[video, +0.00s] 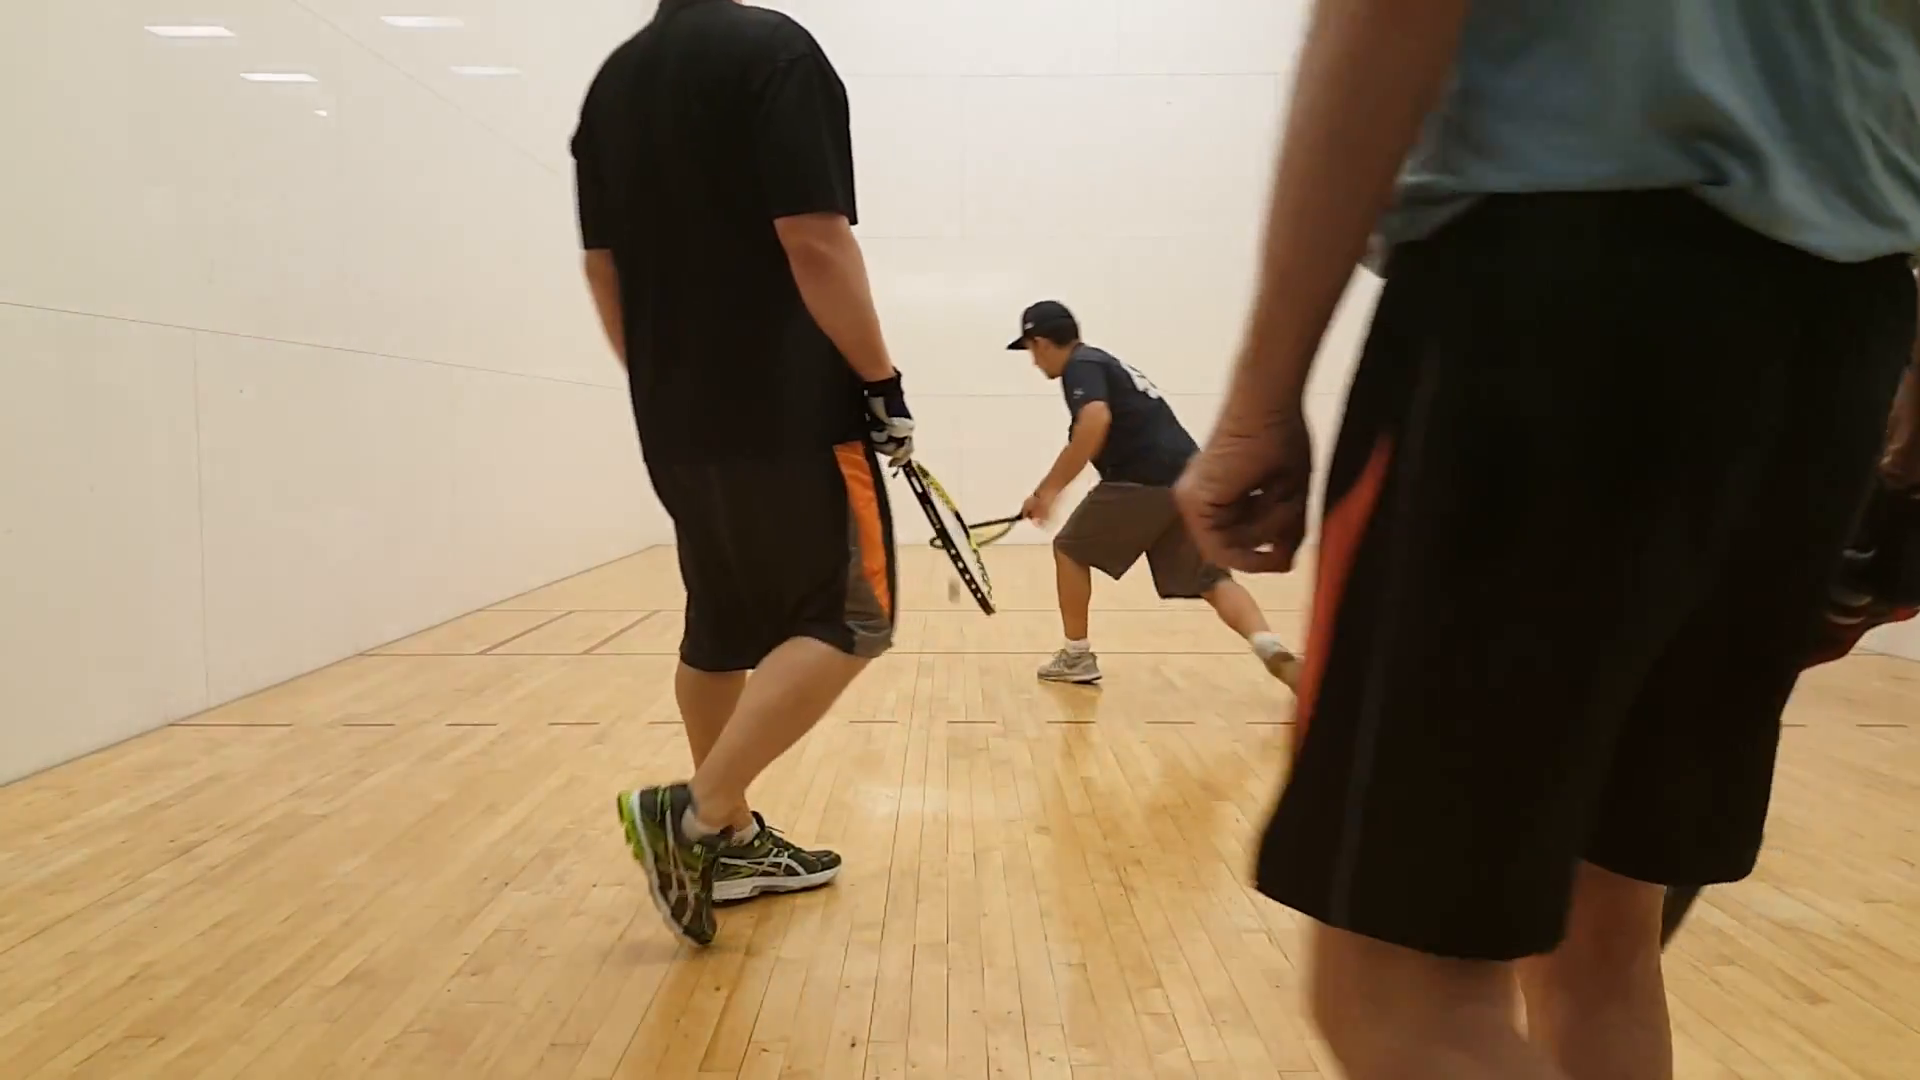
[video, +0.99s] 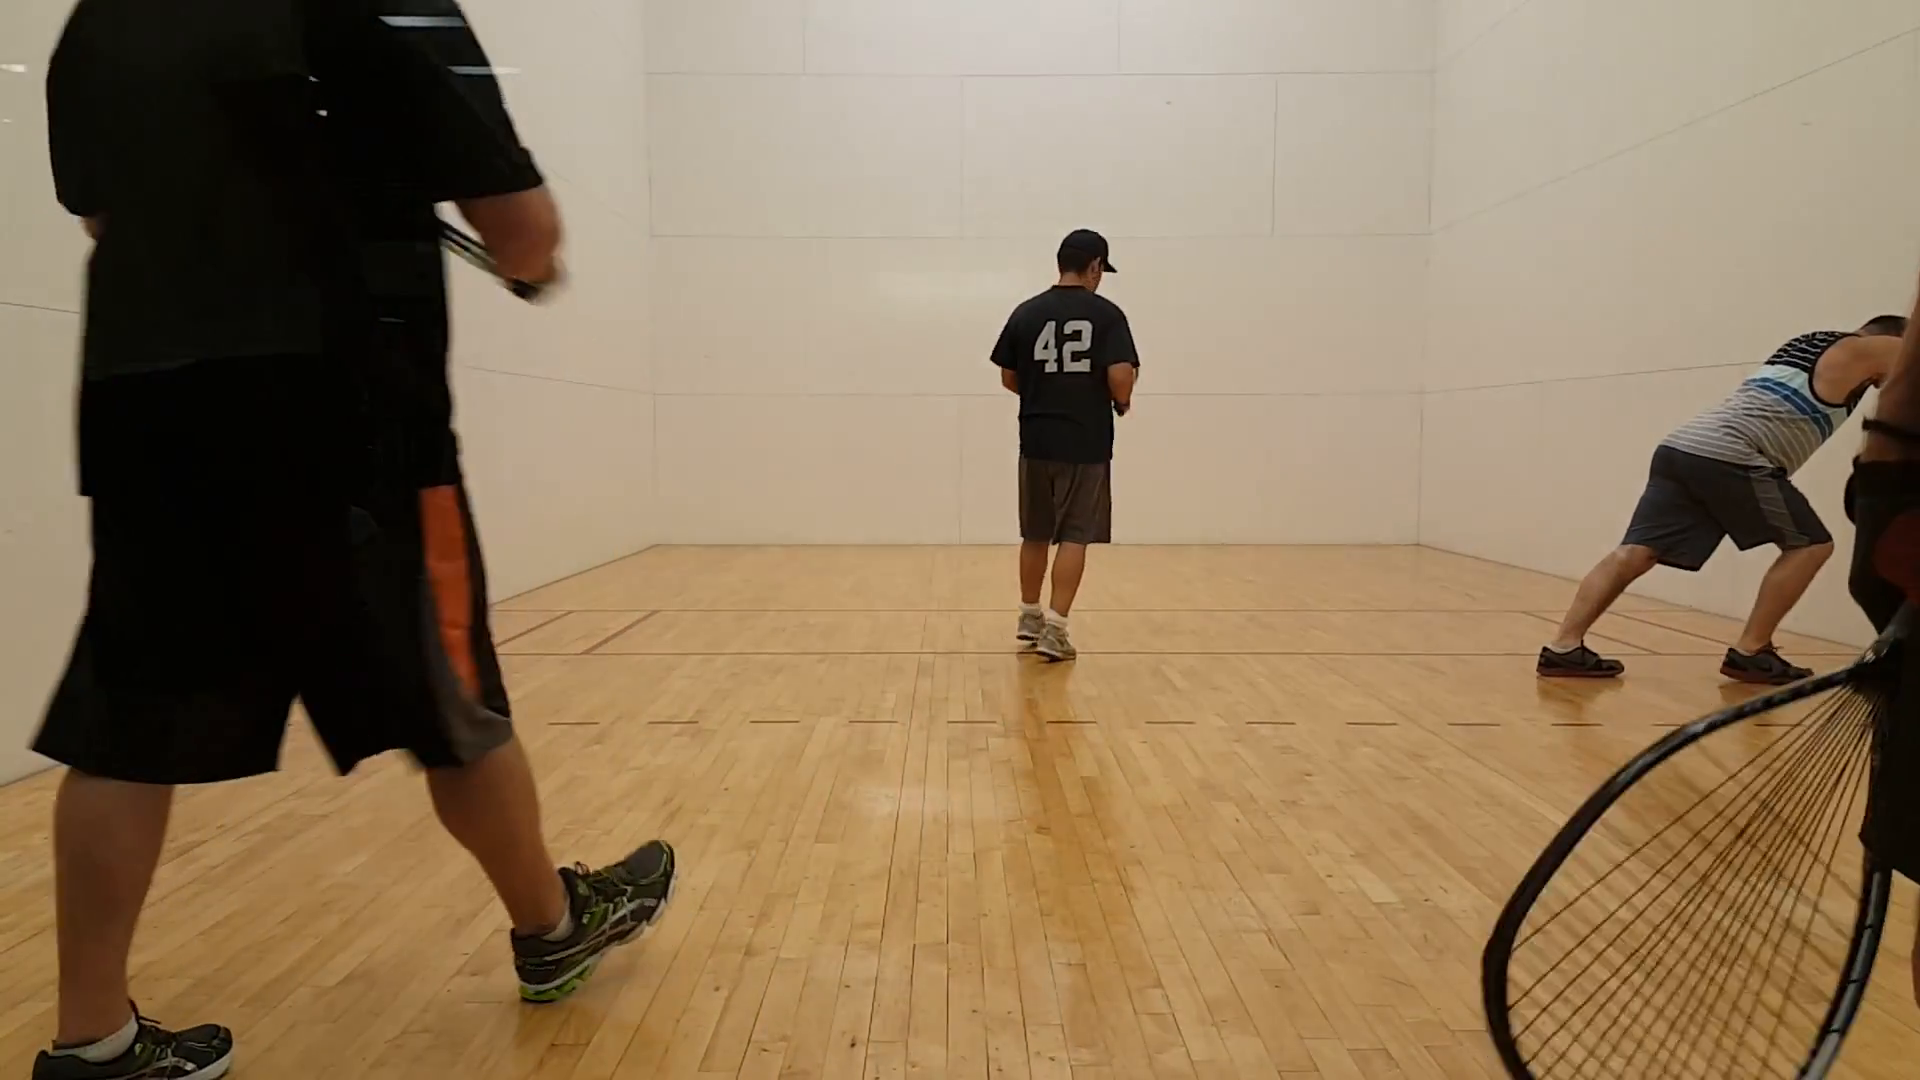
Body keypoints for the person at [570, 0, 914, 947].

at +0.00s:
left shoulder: (613, 81)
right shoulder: (779, 52)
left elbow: (605, 270)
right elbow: (817, 242)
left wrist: (662, 381)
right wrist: (884, 380)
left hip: (677, 409)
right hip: (788, 402)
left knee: (721, 618)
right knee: (855, 618)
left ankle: (732, 835)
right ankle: (694, 813)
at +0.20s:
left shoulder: (540, 61)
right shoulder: (732, 47)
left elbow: (487, 243)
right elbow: (767, 238)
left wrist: (501, 379)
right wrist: (839, 393)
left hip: (597, 417)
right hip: (715, 415)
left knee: (678, 641)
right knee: (691, 659)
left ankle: (729, 838)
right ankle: (595, 914)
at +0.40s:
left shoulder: (467, 16)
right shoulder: (676, 13)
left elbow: (372, 164)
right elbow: (699, 170)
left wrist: (296, 319)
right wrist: (770, 354)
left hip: (507, 386)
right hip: (641, 391)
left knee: (577, 645)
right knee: (612, 668)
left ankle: (604, 853)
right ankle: (580, 934)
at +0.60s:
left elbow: (256, 87)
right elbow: (584, 84)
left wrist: (110, 225)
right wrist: (677, 278)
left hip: (414, 374)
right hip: (569, 376)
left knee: (428, 641)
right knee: (590, 656)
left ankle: (347, 870)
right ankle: (585, 926)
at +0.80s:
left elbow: (98, 123)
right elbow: (508, 87)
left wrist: (63, 252)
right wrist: (642, 273)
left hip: (304, 381)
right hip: (477, 387)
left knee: (250, 659)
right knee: (530, 657)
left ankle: (124, 985)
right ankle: (581, 923)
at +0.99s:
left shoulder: (112, 14)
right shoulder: (389, 2)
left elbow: (80, 153)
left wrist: (155, 231)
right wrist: (517, 220)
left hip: (149, 378)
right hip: (345, 373)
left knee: (125, 707)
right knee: (437, 664)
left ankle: (91, 1034)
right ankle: (550, 919)